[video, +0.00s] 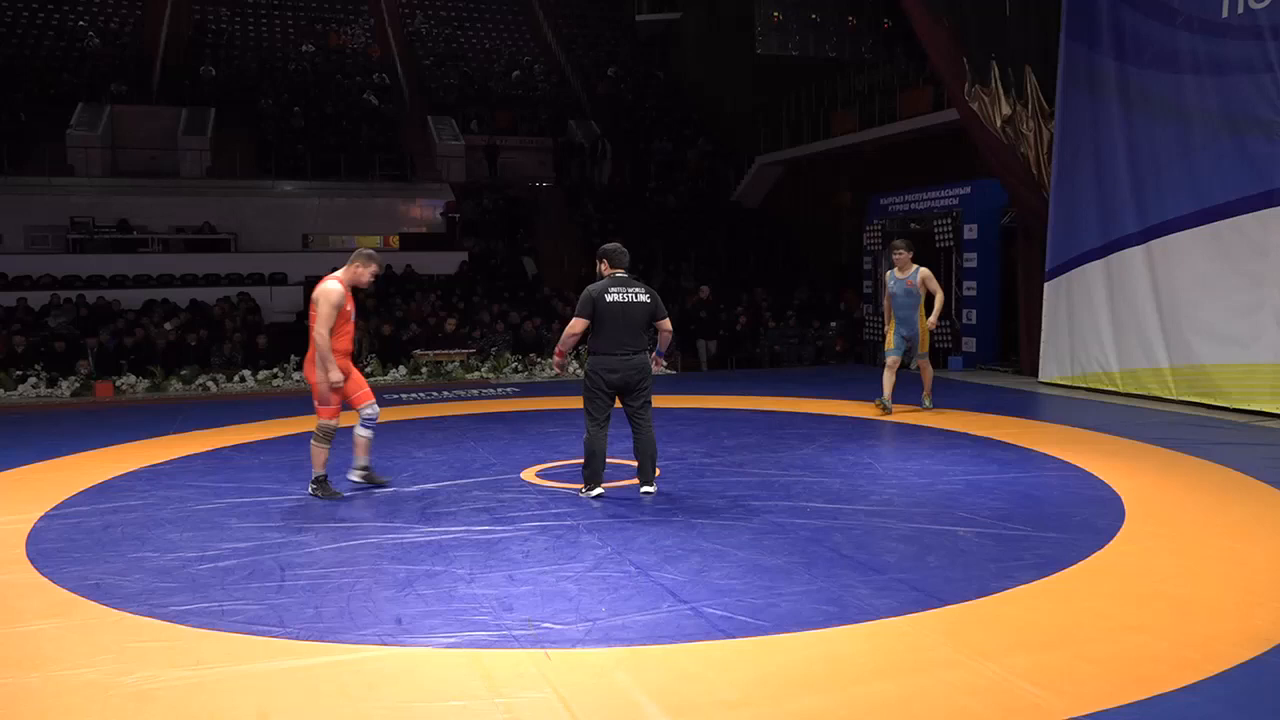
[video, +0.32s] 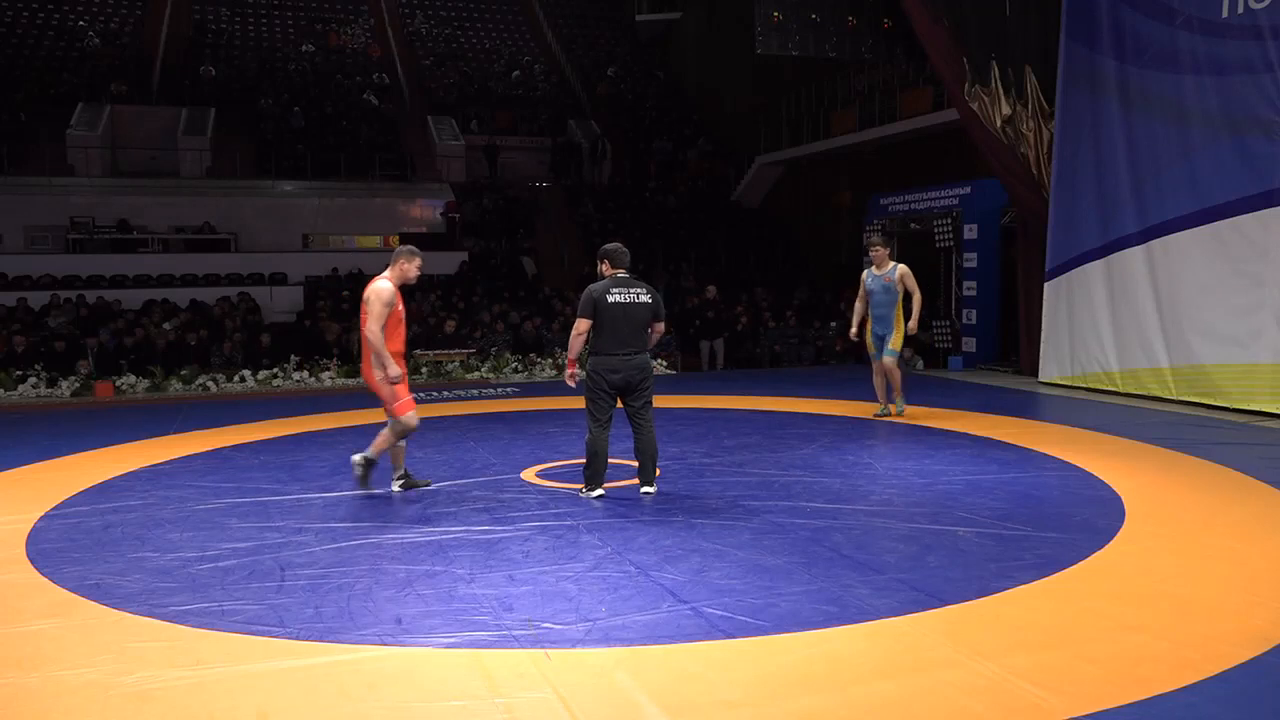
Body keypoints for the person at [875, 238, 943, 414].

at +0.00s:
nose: (896, 257)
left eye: (900, 254)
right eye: (894, 254)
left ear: (910, 255)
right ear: (892, 256)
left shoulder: (922, 273)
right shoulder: (889, 276)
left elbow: (939, 294)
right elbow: (887, 301)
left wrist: (934, 316)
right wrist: (887, 325)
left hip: (918, 326)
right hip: (896, 326)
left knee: (923, 362)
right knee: (891, 362)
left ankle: (927, 394)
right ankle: (886, 399)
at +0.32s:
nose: (873, 254)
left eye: (877, 251)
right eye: (871, 251)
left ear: (887, 251)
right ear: (868, 253)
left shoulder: (901, 270)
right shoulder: (866, 275)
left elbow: (915, 293)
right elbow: (860, 300)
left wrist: (914, 319)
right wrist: (855, 325)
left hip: (894, 326)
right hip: (873, 326)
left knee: (888, 362)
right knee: (877, 366)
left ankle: (898, 397)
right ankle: (883, 404)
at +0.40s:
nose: (868, 255)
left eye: (872, 252)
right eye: (866, 252)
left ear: (882, 252)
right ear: (863, 254)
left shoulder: (896, 272)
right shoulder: (860, 275)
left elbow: (910, 295)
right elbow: (852, 300)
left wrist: (909, 321)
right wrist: (844, 322)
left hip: (889, 326)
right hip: (868, 327)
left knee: (879, 362)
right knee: (874, 367)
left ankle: (883, 404)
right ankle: (882, 404)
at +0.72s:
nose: (847, 258)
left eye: (851, 254)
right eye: (845, 254)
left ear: (861, 255)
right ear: (843, 255)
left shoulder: (874, 278)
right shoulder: (839, 276)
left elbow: (885, 306)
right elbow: (830, 301)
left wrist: (887, 333)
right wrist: (821, 324)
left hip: (863, 331)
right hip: (843, 331)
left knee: (857, 373)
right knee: (843, 376)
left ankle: (856, 415)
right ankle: (867, 393)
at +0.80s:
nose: (839, 255)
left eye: (843, 252)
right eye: (837, 252)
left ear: (854, 253)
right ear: (835, 253)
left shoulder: (867, 275)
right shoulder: (833, 274)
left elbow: (879, 303)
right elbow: (827, 301)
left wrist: (878, 331)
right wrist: (821, 325)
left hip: (857, 332)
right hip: (836, 331)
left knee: (855, 373)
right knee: (829, 372)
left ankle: (856, 414)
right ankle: (853, 399)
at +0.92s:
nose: (827, 256)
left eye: (831, 252)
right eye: (825, 252)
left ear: (842, 252)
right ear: (823, 254)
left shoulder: (856, 274)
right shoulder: (822, 274)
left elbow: (870, 301)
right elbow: (820, 303)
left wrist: (864, 327)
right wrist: (820, 328)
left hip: (848, 334)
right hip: (826, 332)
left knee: (851, 375)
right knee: (813, 370)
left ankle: (854, 415)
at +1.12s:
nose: (804, 260)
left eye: (808, 256)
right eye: (802, 256)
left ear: (819, 256)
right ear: (799, 258)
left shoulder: (833, 277)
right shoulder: (800, 280)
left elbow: (848, 301)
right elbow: (803, 308)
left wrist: (843, 325)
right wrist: (800, 332)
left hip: (825, 338)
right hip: (802, 337)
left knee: (833, 380)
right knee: (794, 378)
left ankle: (849, 412)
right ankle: (791, 422)